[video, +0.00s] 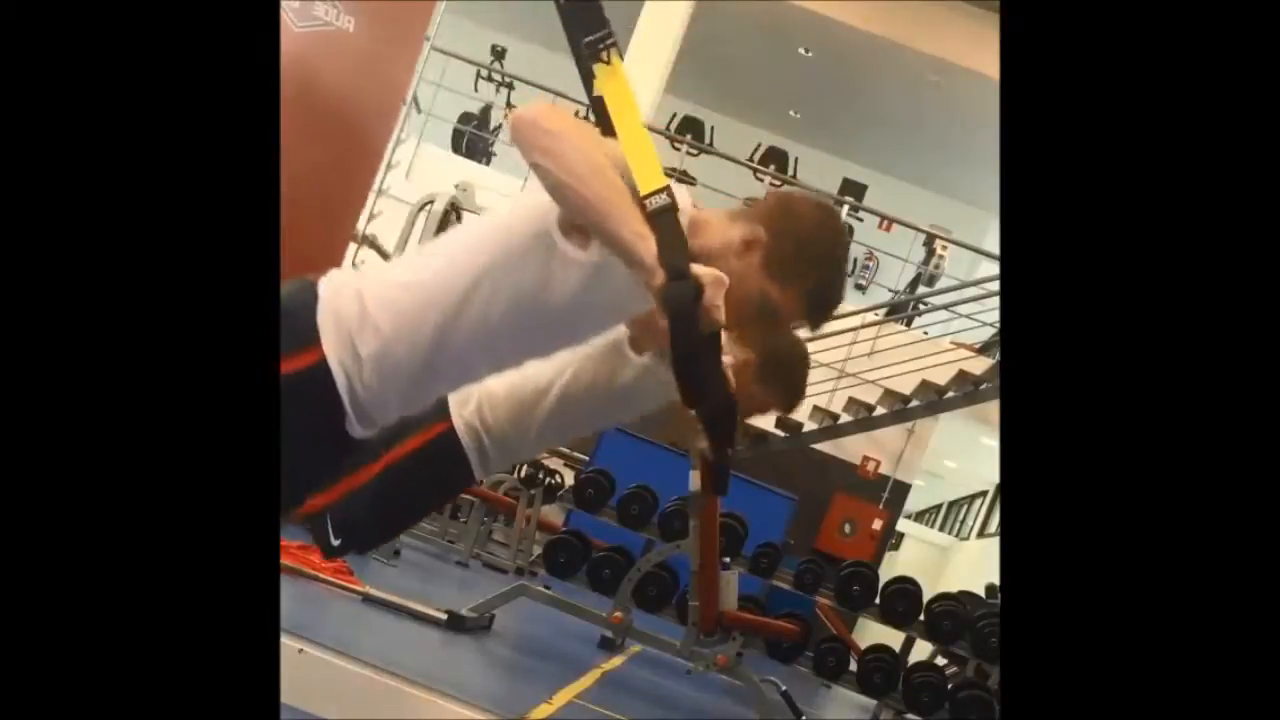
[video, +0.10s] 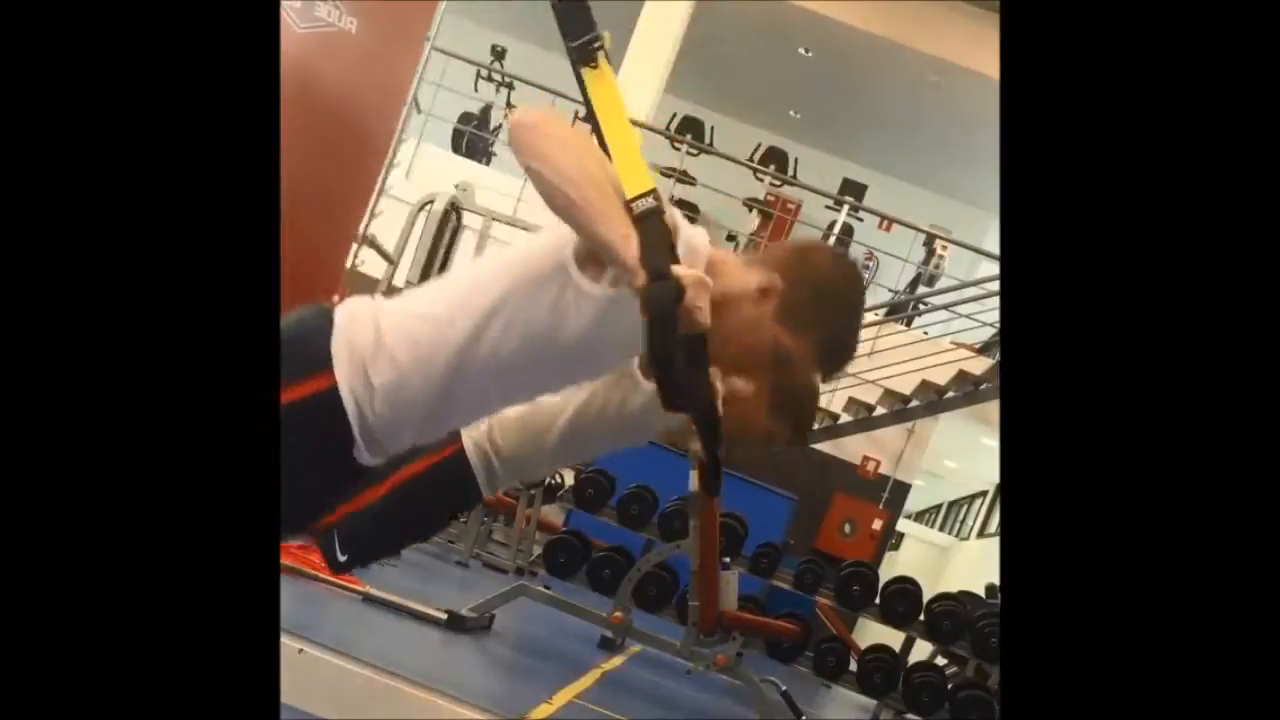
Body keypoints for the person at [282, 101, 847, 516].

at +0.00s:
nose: (735, 314)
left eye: (754, 317)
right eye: (754, 298)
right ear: (753, 239)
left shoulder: (663, 284)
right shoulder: (646, 197)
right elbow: (534, 123)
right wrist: (661, 266)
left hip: (360, 419)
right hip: (320, 355)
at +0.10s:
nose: (754, 374)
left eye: (775, 372)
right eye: (774, 358)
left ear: (761, 289)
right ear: (764, 292)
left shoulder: (679, 323)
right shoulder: (667, 238)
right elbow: (531, 129)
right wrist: (636, 257)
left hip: (372, 443)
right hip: (331, 385)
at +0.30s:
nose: (772, 473)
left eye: (793, 469)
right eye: (790, 448)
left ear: (779, 368)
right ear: (781, 373)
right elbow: (535, 153)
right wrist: (623, 279)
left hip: (369, 487)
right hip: (334, 425)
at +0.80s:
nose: (765, 505)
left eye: (787, 505)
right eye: (784, 486)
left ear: (783, 407)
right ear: (783, 413)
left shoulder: (711, 442)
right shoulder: (682, 339)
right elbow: (543, 180)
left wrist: (715, 601)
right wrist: (639, 300)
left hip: (371, 504)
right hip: (341, 451)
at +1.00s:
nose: (767, 418)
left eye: (789, 415)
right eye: (783, 398)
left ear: (779, 332)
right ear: (776, 330)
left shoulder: (699, 375)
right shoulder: (665, 269)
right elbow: (525, 154)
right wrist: (634, 280)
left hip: (368, 469)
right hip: (332, 419)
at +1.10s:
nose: (753, 362)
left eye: (771, 364)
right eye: (770, 348)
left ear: (770, 272)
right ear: (769, 277)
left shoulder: (686, 330)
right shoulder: (667, 231)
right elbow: (519, 147)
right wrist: (638, 285)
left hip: (370, 444)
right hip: (332, 387)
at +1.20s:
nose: (742, 312)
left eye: (762, 309)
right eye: (760, 297)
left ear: (751, 224)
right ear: (753, 228)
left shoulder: (667, 269)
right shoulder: (649, 177)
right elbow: (517, 141)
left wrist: (674, 381)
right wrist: (640, 295)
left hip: (370, 418)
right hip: (327, 352)